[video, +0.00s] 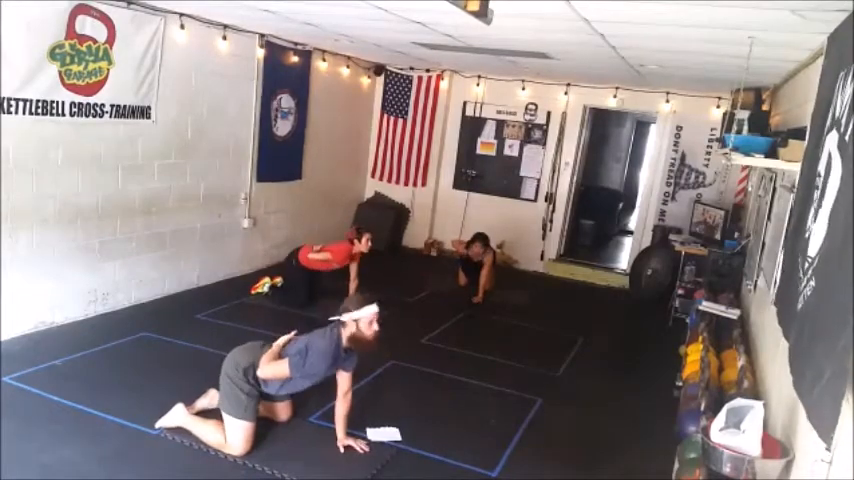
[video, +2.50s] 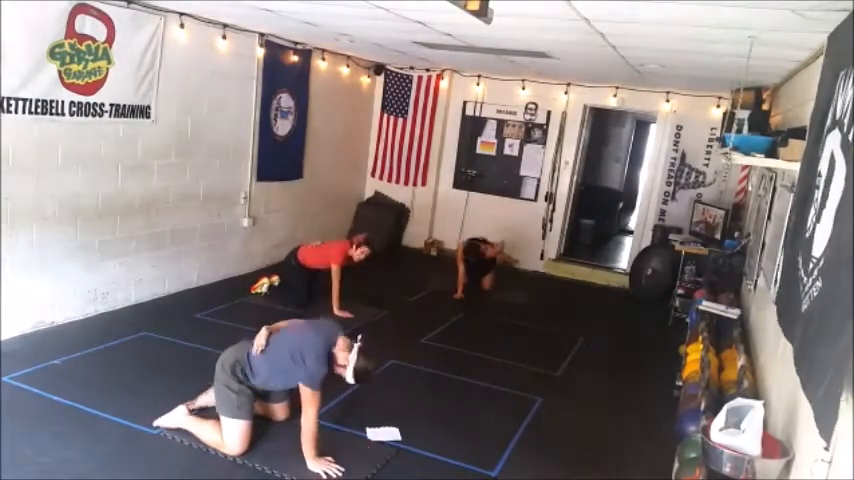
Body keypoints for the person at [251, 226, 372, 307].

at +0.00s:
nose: (370, 244)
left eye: (371, 241)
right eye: (367, 240)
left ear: (363, 242)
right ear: (357, 240)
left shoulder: (355, 254)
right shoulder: (344, 253)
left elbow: (354, 279)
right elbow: (312, 257)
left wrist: (350, 301)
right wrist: (313, 250)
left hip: (305, 259)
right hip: (297, 262)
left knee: (309, 298)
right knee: (300, 299)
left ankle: (279, 284)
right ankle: (271, 289)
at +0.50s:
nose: (351, 267)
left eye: (354, 267)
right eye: (353, 264)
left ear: (361, 256)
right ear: (356, 258)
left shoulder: (354, 251)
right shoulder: (337, 253)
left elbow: (353, 278)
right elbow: (305, 250)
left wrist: (352, 303)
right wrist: (312, 239)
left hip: (313, 263)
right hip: (301, 262)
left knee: (309, 300)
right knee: (301, 302)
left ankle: (278, 284)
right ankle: (269, 287)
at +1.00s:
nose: (369, 250)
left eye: (369, 247)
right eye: (366, 246)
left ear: (361, 247)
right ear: (357, 246)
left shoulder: (352, 257)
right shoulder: (342, 256)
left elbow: (353, 280)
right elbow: (310, 262)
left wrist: (351, 303)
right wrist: (315, 252)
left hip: (303, 254)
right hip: (296, 261)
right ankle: (270, 286)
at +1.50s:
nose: (346, 266)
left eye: (349, 266)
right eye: (348, 264)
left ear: (357, 256)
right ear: (351, 257)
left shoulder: (352, 249)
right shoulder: (335, 252)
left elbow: (352, 278)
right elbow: (304, 251)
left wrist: (352, 303)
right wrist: (310, 239)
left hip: (313, 262)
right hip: (299, 261)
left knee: (311, 295)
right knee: (299, 298)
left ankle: (281, 283)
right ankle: (269, 288)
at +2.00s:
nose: (368, 250)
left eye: (370, 248)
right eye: (366, 247)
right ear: (357, 245)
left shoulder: (353, 255)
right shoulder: (341, 257)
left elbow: (353, 278)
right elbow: (309, 262)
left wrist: (351, 300)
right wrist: (315, 252)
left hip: (306, 258)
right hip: (295, 261)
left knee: (312, 296)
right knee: (300, 299)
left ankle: (280, 283)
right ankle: (270, 288)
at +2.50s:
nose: (362, 257)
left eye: (365, 255)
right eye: (362, 252)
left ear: (364, 254)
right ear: (355, 247)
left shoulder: (348, 247)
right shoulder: (339, 252)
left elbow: (331, 244)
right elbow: (335, 282)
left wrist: (319, 244)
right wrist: (336, 309)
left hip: (308, 261)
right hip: (296, 262)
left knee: (311, 296)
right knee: (299, 301)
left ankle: (278, 282)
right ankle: (269, 287)